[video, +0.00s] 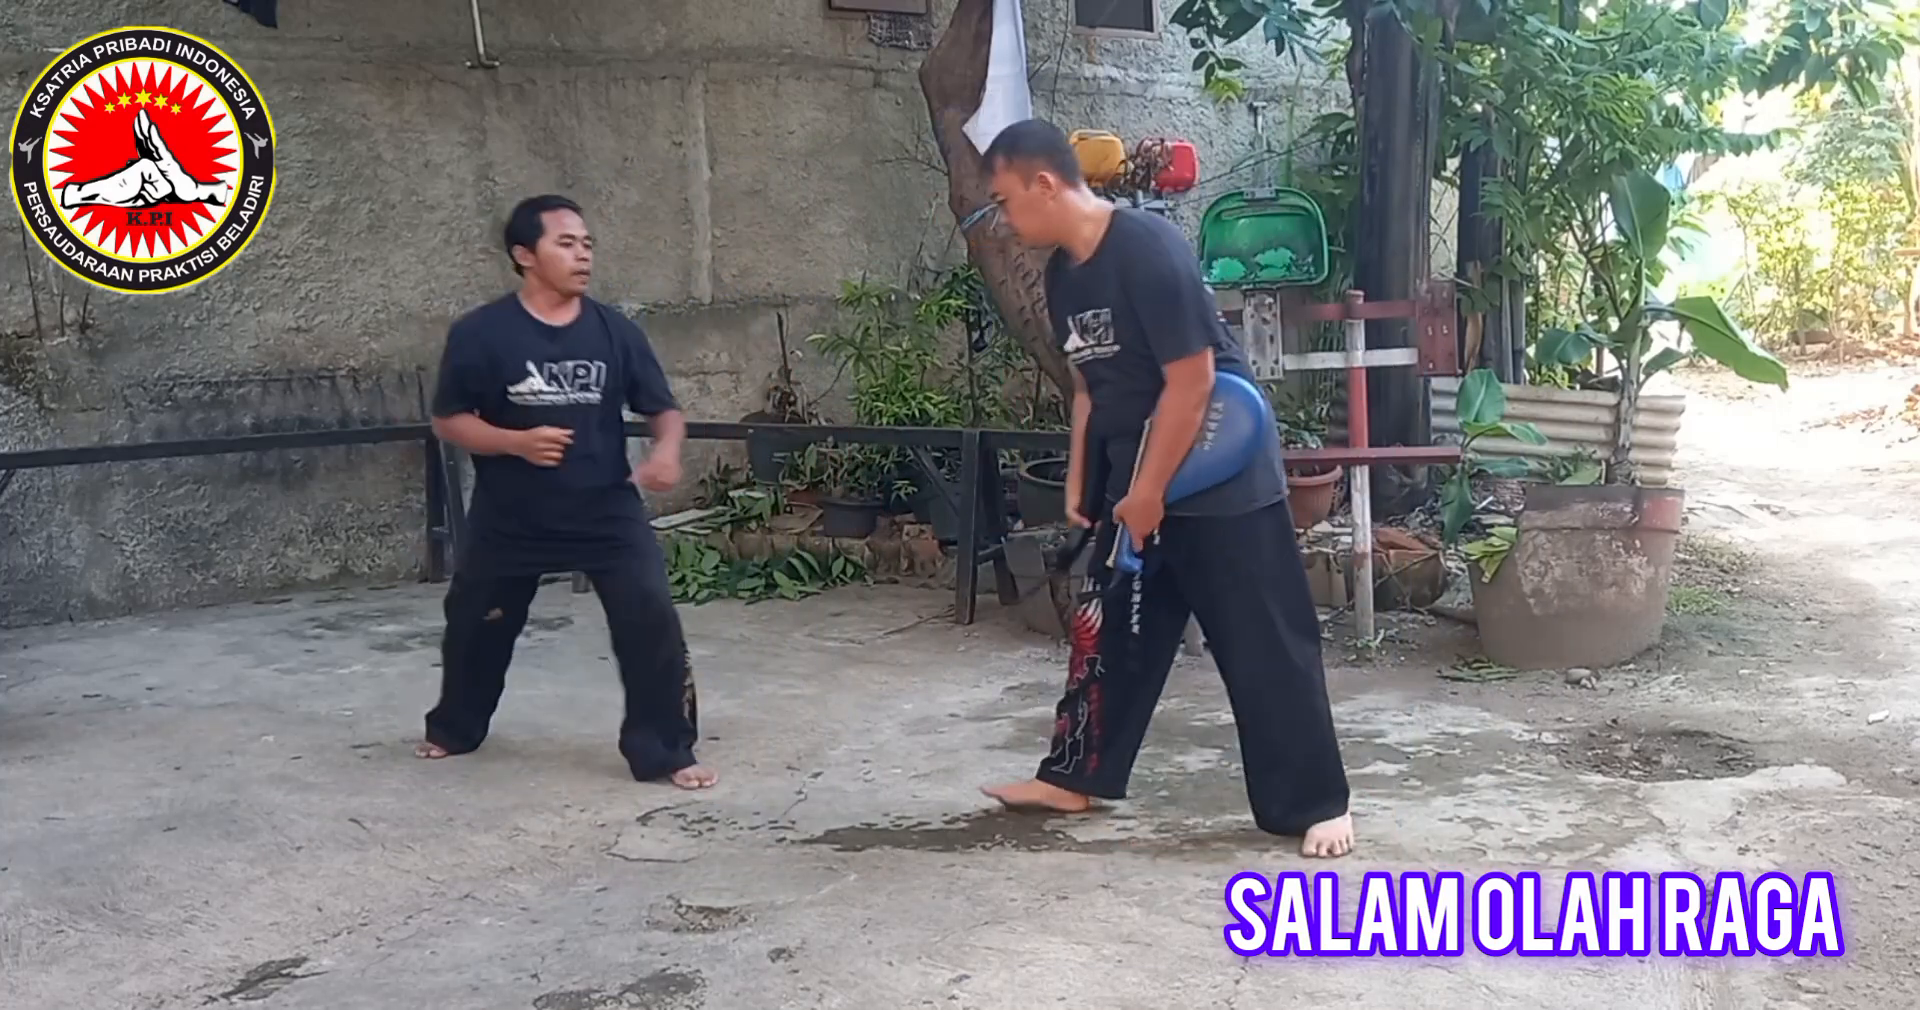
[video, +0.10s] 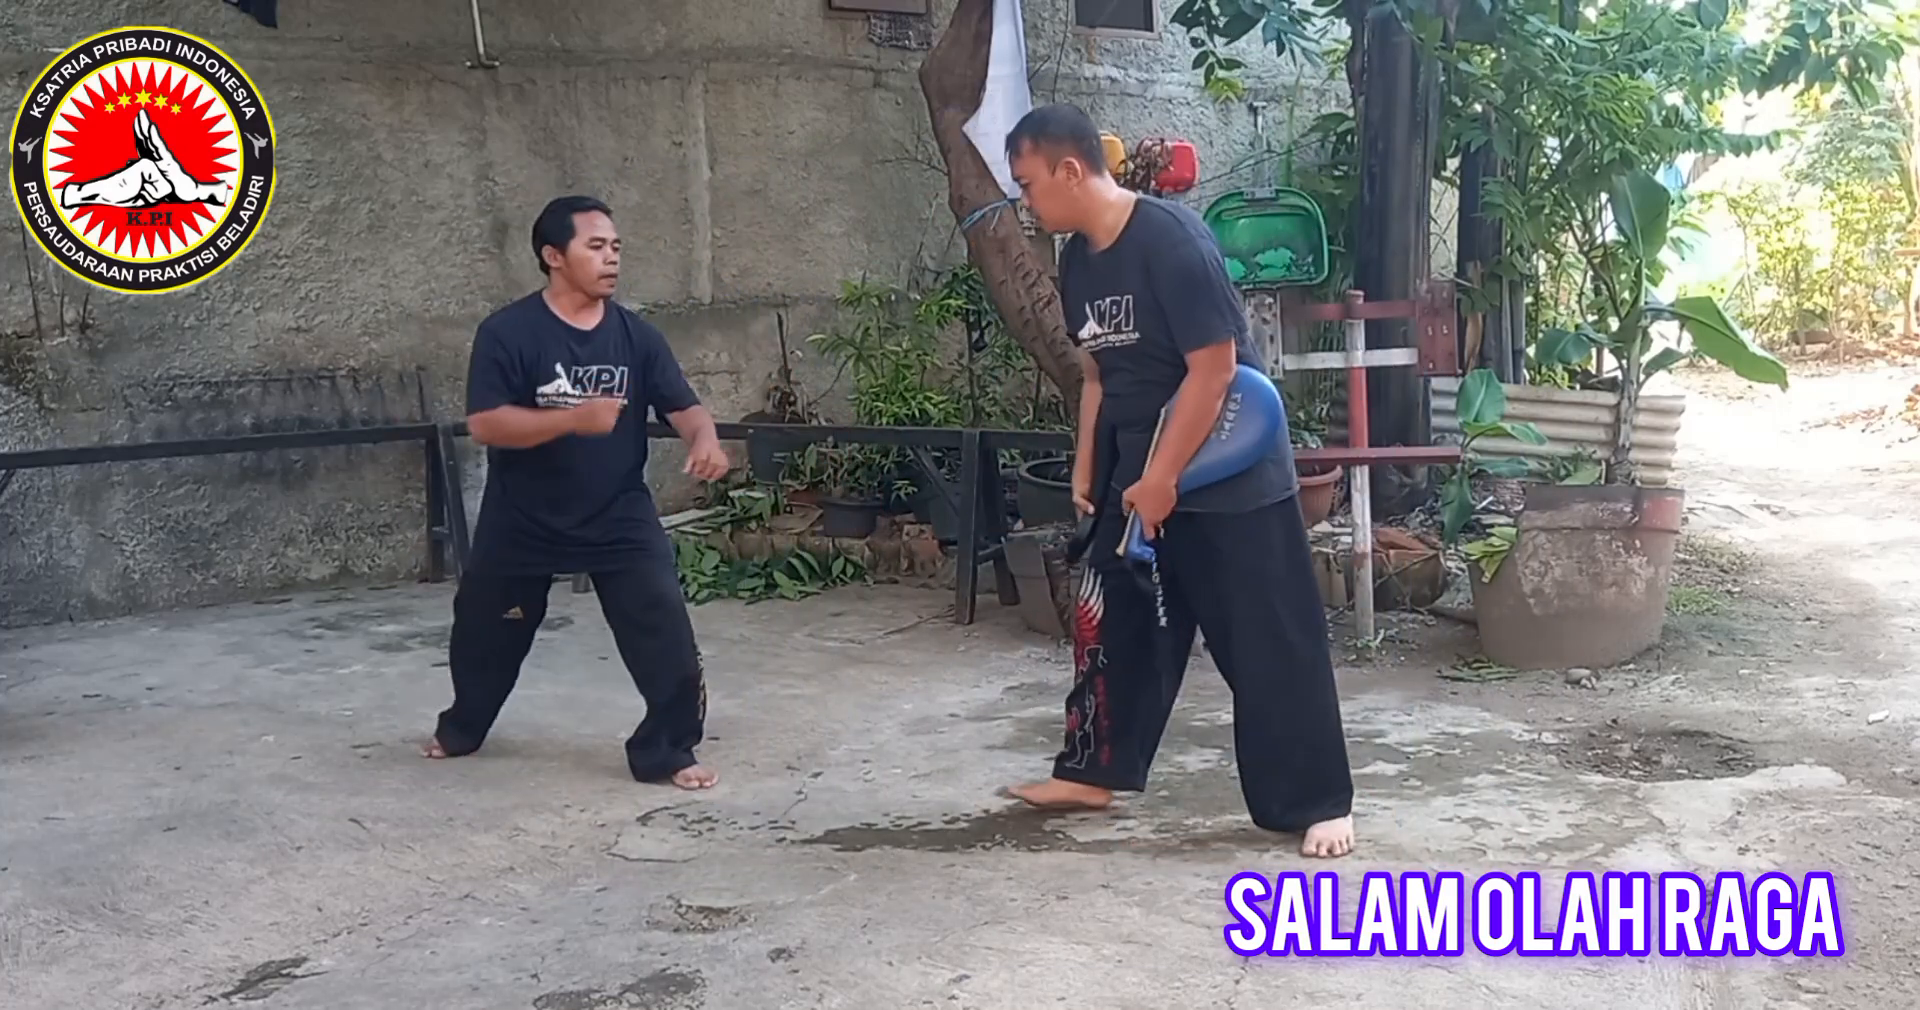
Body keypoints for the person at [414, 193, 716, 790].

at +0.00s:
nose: (583, 254)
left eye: (586, 244)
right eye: (567, 243)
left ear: (592, 252)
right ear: (525, 256)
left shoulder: (617, 332)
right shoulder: (477, 334)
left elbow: (664, 409)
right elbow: (449, 421)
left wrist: (667, 453)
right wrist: (514, 441)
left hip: (607, 517)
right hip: (511, 520)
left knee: (652, 619)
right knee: (473, 622)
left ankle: (665, 751)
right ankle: (456, 726)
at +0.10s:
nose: (613, 257)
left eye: (615, 246)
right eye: (597, 246)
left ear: (617, 252)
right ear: (553, 257)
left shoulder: (638, 336)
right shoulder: (505, 333)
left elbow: (682, 405)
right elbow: (485, 423)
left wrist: (705, 438)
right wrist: (571, 419)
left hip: (619, 516)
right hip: (523, 518)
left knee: (663, 625)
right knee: (484, 623)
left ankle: (669, 751)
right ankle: (464, 725)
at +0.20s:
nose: (613, 247)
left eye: (616, 235)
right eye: (598, 235)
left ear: (620, 242)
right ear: (554, 245)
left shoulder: (636, 323)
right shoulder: (507, 318)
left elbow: (684, 393)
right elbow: (504, 405)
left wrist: (715, 432)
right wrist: (586, 372)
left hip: (613, 503)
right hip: (520, 502)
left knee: (650, 619)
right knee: (486, 613)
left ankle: (666, 751)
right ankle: (476, 726)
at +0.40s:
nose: (581, 258)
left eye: (585, 245)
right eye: (565, 246)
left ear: (590, 251)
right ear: (522, 255)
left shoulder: (609, 328)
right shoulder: (478, 330)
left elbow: (662, 403)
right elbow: (490, 409)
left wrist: (702, 453)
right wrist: (549, 339)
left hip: (597, 512)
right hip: (505, 514)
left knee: (642, 621)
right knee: (482, 629)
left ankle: (666, 753)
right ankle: (484, 736)